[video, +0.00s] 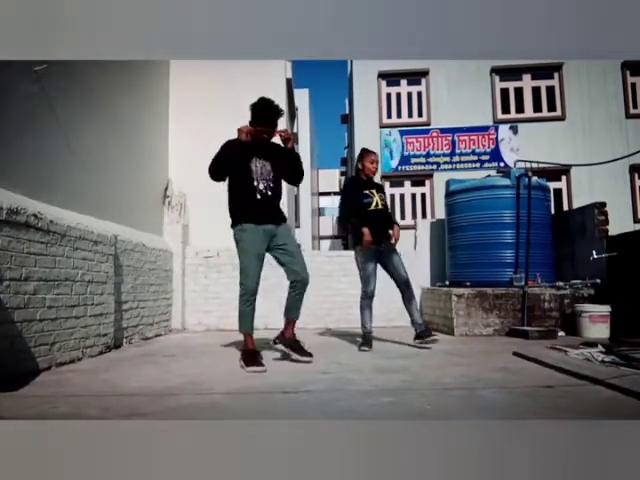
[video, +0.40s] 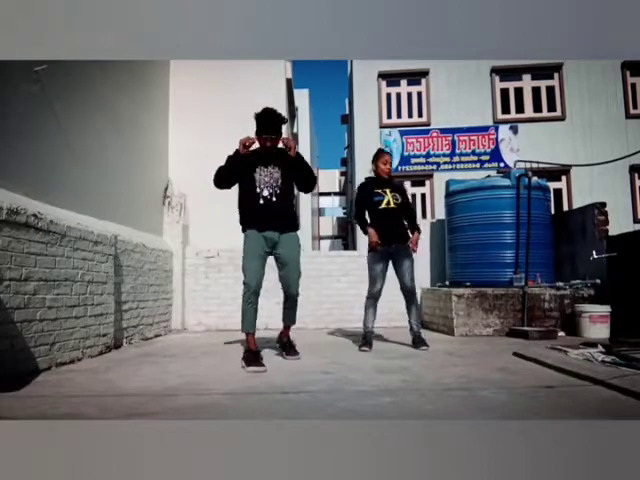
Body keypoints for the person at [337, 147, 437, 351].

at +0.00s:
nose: (374, 166)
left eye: (376, 163)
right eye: (371, 162)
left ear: (377, 165)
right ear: (360, 164)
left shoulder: (378, 187)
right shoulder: (351, 185)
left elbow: (384, 212)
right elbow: (346, 215)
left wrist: (395, 225)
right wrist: (363, 229)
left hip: (384, 241)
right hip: (365, 243)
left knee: (404, 283)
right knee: (368, 291)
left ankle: (420, 328)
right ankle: (367, 335)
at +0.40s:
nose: (388, 167)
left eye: (390, 163)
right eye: (384, 163)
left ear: (392, 165)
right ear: (375, 165)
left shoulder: (398, 187)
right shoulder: (366, 187)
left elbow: (408, 212)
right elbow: (358, 214)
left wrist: (416, 232)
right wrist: (369, 230)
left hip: (401, 243)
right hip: (378, 245)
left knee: (409, 288)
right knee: (374, 291)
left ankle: (417, 334)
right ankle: (367, 336)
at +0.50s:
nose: (394, 166)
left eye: (396, 163)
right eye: (390, 163)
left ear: (399, 166)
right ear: (382, 165)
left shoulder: (405, 189)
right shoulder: (372, 188)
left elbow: (417, 212)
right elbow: (365, 215)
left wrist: (422, 234)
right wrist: (372, 232)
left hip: (407, 243)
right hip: (383, 245)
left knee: (413, 289)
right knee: (378, 291)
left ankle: (417, 335)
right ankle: (368, 336)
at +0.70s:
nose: (400, 164)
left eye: (404, 161)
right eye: (396, 161)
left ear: (409, 164)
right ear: (391, 164)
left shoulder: (417, 186)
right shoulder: (382, 188)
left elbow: (432, 213)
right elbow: (374, 214)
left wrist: (429, 236)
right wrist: (375, 220)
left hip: (412, 243)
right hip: (389, 243)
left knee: (413, 289)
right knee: (378, 289)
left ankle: (417, 334)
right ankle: (371, 334)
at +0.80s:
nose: (402, 162)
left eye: (406, 159)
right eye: (399, 160)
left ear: (412, 162)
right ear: (394, 163)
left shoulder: (419, 184)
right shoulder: (386, 184)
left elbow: (435, 213)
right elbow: (377, 216)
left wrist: (427, 236)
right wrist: (373, 207)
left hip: (411, 243)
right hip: (389, 242)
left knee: (411, 288)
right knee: (378, 286)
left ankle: (417, 334)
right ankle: (373, 333)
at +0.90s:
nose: (402, 163)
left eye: (405, 160)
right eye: (399, 160)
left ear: (413, 162)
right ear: (395, 164)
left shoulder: (420, 182)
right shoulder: (388, 184)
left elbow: (433, 212)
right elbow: (373, 211)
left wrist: (425, 235)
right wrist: (370, 193)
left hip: (411, 242)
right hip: (388, 242)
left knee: (411, 288)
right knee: (379, 287)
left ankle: (417, 334)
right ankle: (376, 333)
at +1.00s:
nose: (400, 164)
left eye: (404, 160)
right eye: (397, 161)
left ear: (411, 163)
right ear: (394, 165)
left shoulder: (419, 185)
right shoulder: (387, 185)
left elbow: (431, 215)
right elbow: (368, 205)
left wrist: (424, 236)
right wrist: (370, 183)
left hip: (410, 244)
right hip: (387, 243)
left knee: (411, 289)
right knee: (378, 289)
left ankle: (417, 334)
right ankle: (375, 333)